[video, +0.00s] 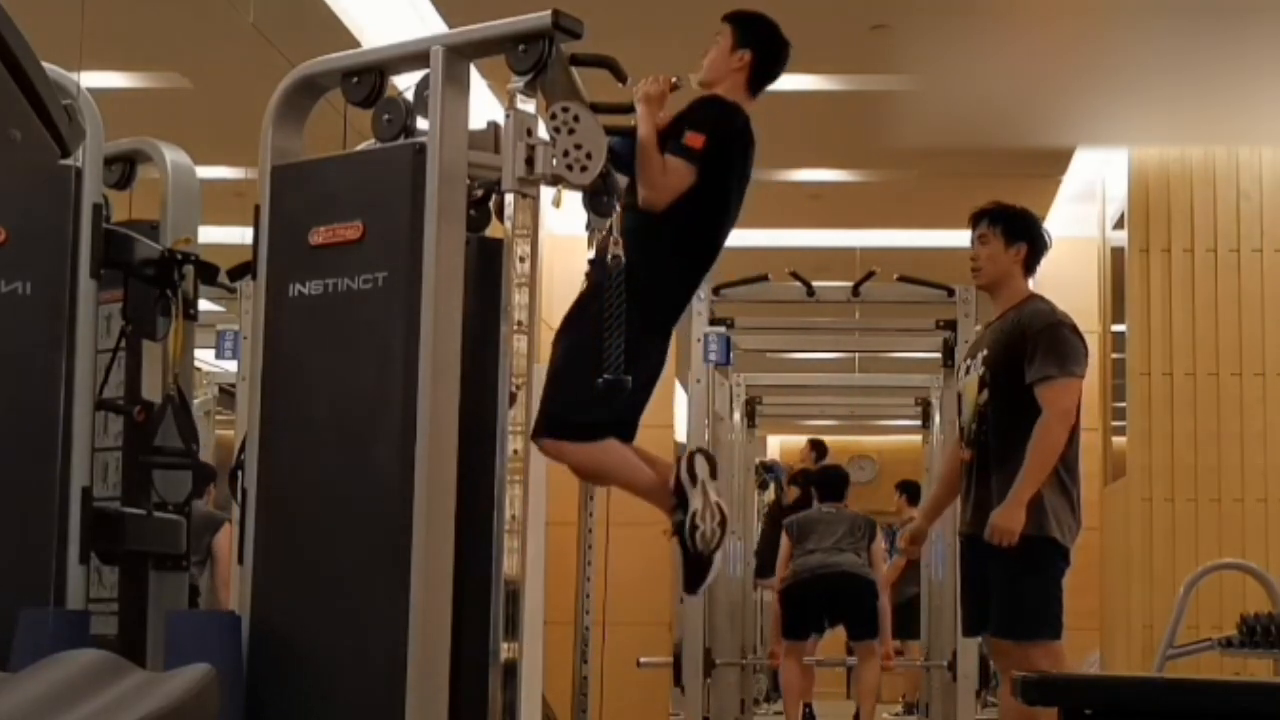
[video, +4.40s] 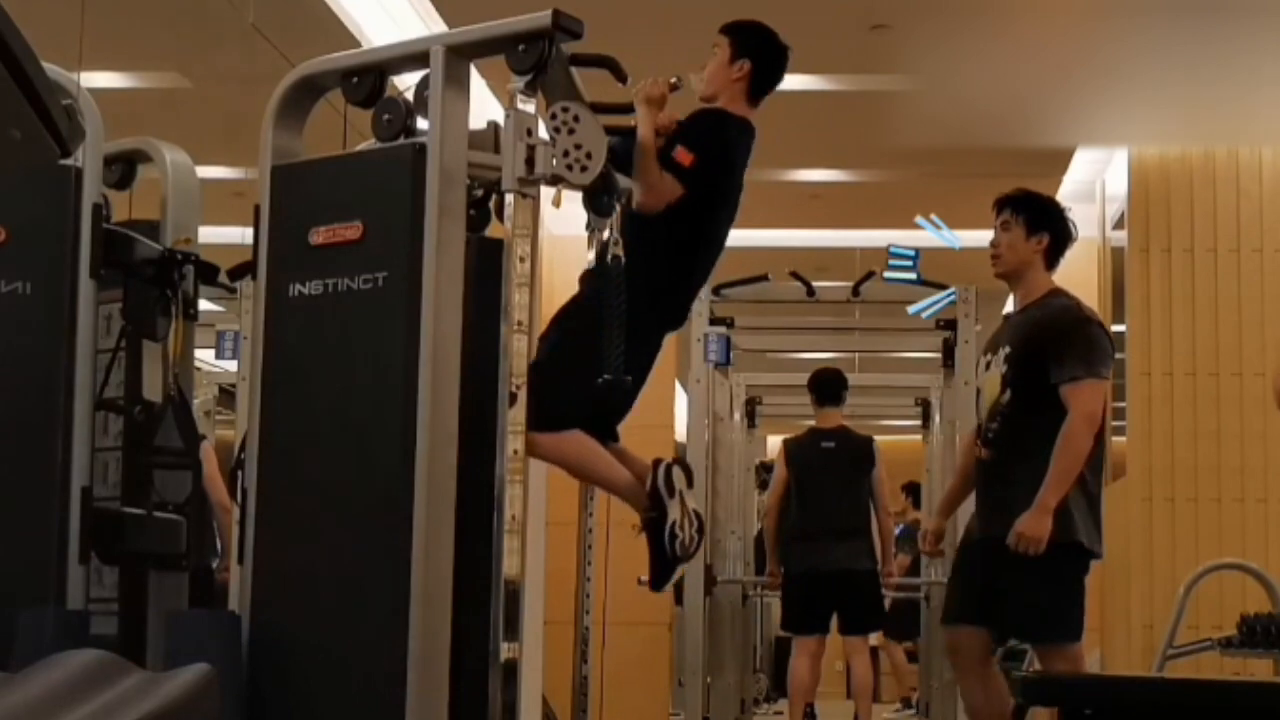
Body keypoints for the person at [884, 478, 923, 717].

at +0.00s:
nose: (894, 500)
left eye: (896, 496)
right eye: (895, 496)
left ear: (903, 497)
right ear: (912, 498)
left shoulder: (911, 523)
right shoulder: (910, 521)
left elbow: (900, 558)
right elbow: (901, 556)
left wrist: (884, 582)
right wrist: (887, 578)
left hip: (911, 590)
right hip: (908, 590)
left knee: (911, 647)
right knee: (909, 647)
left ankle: (911, 700)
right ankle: (912, 699)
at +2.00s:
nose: (893, 502)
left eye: (896, 497)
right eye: (894, 497)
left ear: (903, 499)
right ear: (914, 499)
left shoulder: (907, 526)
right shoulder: (917, 524)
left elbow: (900, 559)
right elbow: (904, 559)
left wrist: (888, 585)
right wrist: (893, 584)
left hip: (909, 593)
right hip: (916, 592)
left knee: (911, 648)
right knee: (913, 648)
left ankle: (911, 700)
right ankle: (913, 699)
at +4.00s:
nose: (900, 499)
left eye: (902, 495)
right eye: (902, 495)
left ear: (908, 496)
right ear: (918, 496)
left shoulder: (907, 522)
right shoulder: (923, 521)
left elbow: (901, 557)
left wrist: (890, 572)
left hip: (907, 589)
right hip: (919, 588)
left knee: (909, 646)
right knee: (914, 646)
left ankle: (909, 700)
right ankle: (915, 698)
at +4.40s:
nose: (899, 501)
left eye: (902, 496)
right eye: (901, 496)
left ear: (908, 498)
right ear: (917, 498)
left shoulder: (910, 527)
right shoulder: (920, 524)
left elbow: (904, 561)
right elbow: (908, 559)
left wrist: (890, 578)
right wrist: (893, 574)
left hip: (907, 592)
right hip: (917, 591)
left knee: (891, 640)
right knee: (920, 645)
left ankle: (908, 697)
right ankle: (919, 696)